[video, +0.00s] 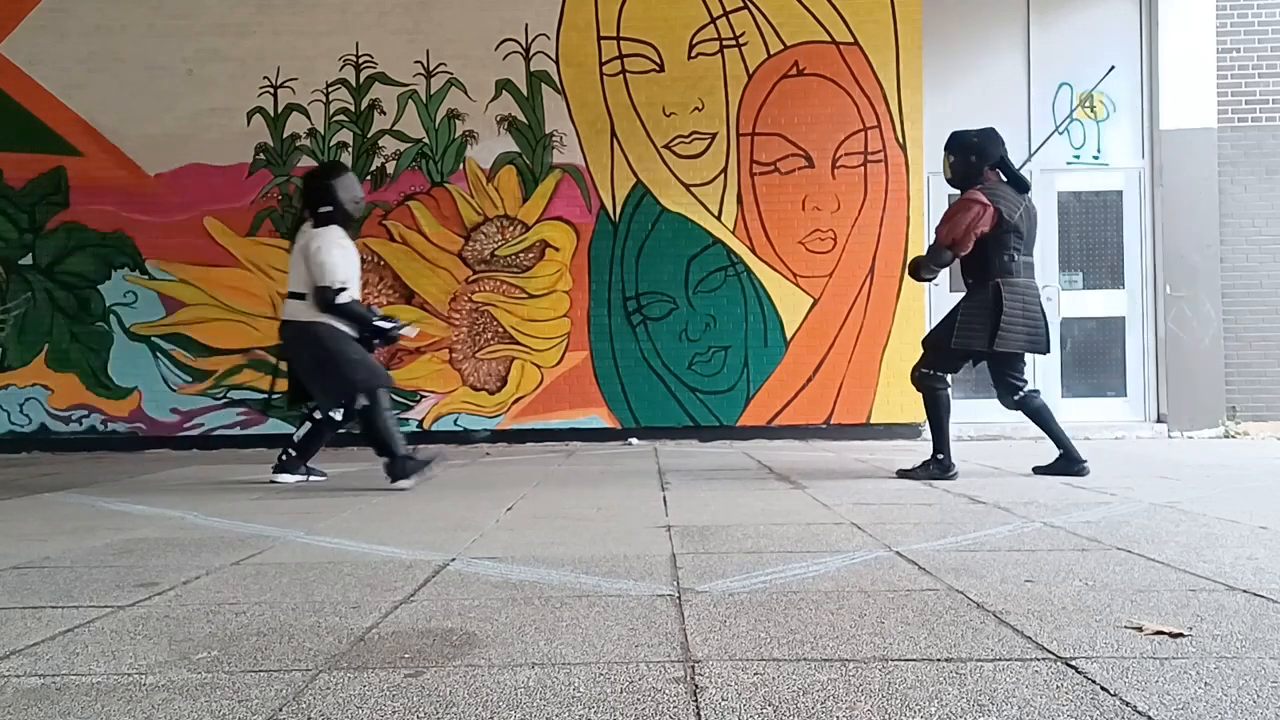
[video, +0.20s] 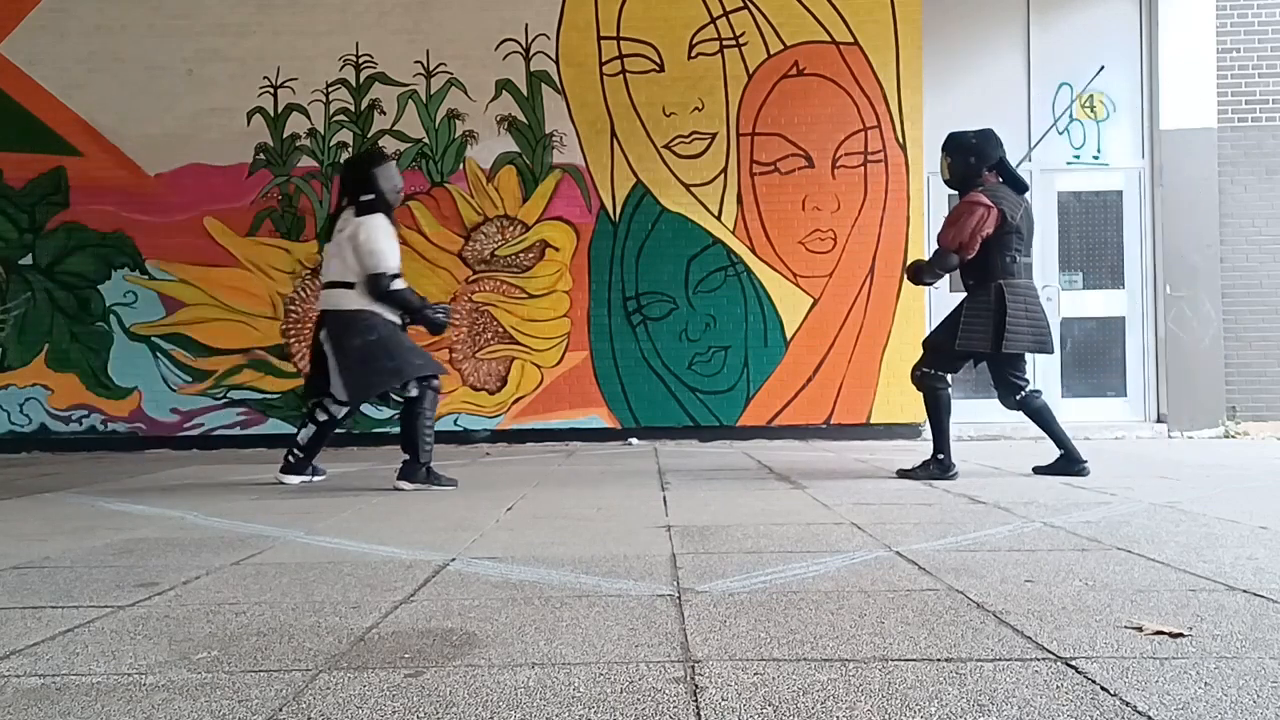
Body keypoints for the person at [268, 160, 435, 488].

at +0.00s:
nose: (360, 195)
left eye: (357, 187)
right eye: (352, 188)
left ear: (323, 198)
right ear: (332, 196)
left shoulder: (311, 231)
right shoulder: (328, 237)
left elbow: (326, 296)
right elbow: (330, 298)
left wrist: (362, 323)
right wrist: (375, 322)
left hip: (301, 330)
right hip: (317, 331)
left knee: (340, 401)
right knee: (372, 384)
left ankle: (292, 462)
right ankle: (398, 460)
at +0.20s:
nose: (401, 184)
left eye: (398, 175)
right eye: (393, 178)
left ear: (362, 186)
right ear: (372, 184)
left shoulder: (346, 219)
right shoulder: (373, 221)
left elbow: (355, 285)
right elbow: (382, 283)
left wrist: (409, 309)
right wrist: (423, 311)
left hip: (335, 324)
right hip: (362, 324)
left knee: (342, 395)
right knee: (424, 380)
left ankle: (297, 461)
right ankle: (418, 467)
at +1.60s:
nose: (570, 168)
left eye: (567, 161)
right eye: (563, 162)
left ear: (525, 170)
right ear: (551, 169)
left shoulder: (512, 206)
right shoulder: (558, 208)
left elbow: (548, 253)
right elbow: (604, 254)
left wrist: (599, 263)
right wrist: (646, 248)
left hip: (501, 307)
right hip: (544, 310)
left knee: (469, 389)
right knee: (600, 377)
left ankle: (421, 462)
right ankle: (630, 459)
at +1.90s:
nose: (655, 186)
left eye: (652, 179)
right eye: (650, 180)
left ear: (610, 184)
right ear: (639, 183)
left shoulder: (590, 226)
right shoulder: (650, 219)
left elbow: (599, 277)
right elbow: (677, 276)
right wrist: (708, 283)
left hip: (600, 326)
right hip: (646, 325)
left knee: (576, 393)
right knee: (717, 357)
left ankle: (542, 465)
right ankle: (743, 437)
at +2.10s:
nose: (732, 192)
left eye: (731, 188)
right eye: (728, 188)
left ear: (692, 195)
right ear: (717, 195)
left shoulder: (685, 223)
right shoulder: (728, 226)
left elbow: (728, 205)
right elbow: (781, 234)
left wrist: (763, 192)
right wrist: (810, 208)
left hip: (687, 331)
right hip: (723, 331)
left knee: (658, 406)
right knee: (799, 372)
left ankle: (588, 443)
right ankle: (805, 458)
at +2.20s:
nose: (760, 181)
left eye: (759, 176)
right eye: (756, 178)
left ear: (719, 187)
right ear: (745, 188)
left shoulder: (708, 220)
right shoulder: (757, 222)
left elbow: (747, 182)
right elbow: (807, 215)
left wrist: (787, 162)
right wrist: (828, 178)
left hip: (716, 325)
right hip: (754, 327)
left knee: (714, 401)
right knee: (824, 377)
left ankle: (654, 442)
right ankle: (806, 459)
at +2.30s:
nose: (786, 176)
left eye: (784, 172)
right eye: (781, 171)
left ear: (739, 178)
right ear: (773, 178)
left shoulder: (727, 204)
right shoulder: (783, 212)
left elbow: (758, 167)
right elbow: (828, 194)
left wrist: (798, 137)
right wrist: (842, 148)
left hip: (734, 309)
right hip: (770, 311)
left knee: (757, 387)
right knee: (831, 380)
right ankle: (807, 459)